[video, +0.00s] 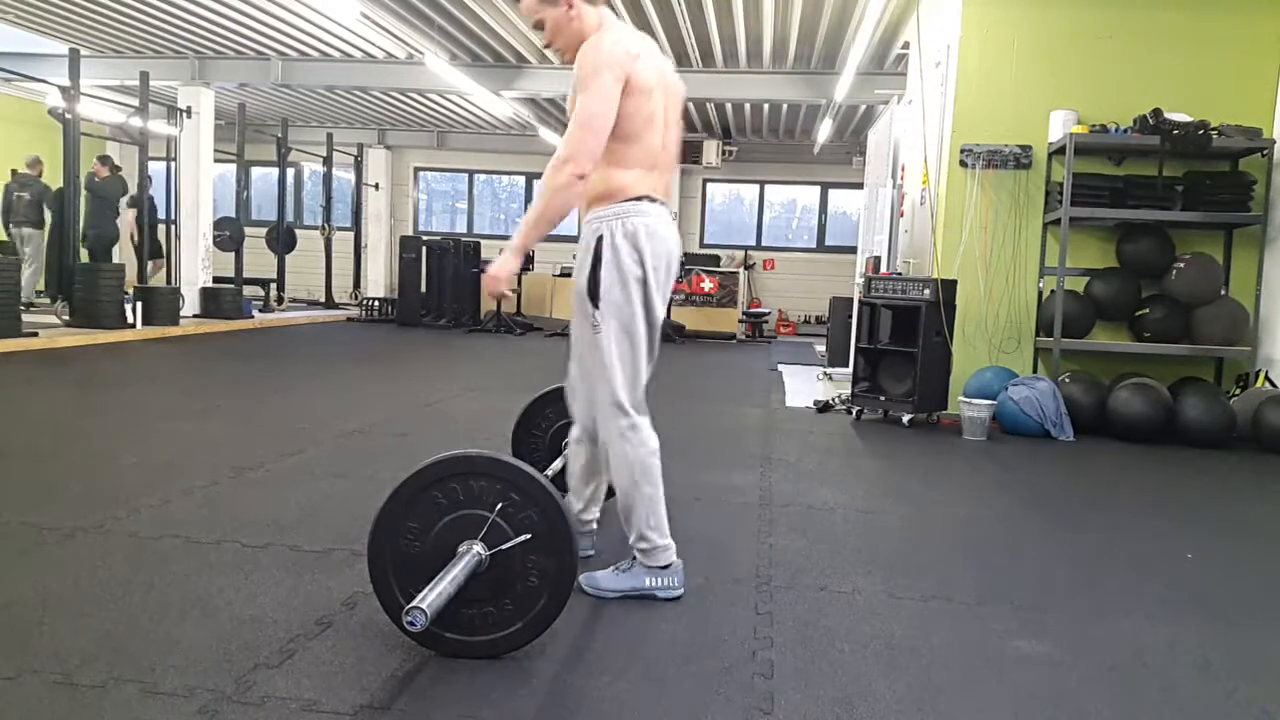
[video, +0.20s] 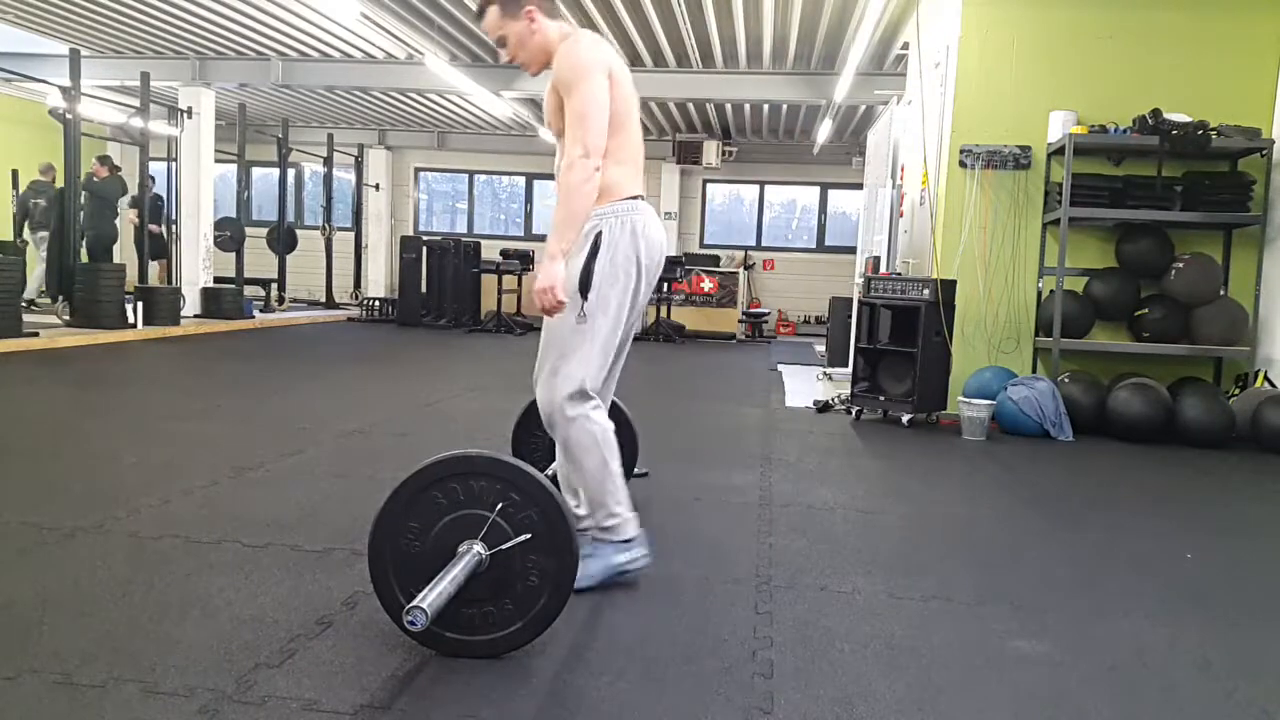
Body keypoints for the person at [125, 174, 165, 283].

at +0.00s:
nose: (145, 187)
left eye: (147, 185)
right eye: (143, 185)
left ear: (150, 185)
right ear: (139, 185)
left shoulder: (150, 199)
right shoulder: (135, 199)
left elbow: (153, 218)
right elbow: (131, 218)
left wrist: (154, 235)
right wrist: (134, 237)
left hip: (152, 234)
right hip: (140, 235)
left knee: (159, 263)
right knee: (142, 264)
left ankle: (145, 281)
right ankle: (140, 287)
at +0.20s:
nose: (147, 188)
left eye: (149, 186)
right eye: (144, 186)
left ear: (153, 185)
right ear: (141, 185)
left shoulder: (159, 199)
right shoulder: (136, 199)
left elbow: (162, 216)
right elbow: (132, 217)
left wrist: (162, 228)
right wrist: (148, 226)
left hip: (156, 232)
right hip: (141, 233)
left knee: (163, 261)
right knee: (143, 262)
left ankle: (162, 288)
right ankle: (143, 288)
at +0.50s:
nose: (149, 185)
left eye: (152, 183)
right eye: (148, 182)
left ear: (158, 186)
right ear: (146, 184)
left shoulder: (165, 200)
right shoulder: (140, 199)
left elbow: (180, 210)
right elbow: (127, 211)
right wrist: (117, 217)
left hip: (161, 237)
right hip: (144, 236)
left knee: (164, 266)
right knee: (142, 265)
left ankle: (165, 291)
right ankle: (142, 291)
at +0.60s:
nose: (148, 184)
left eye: (151, 182)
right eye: (147, 181)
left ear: (157, 185)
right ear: (144, 183)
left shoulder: (164, 199)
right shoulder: (140, 198)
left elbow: (179, 209)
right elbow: (127, 209)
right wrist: (117, 214)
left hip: (161, 236)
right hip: (145, 235)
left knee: (164, 265)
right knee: (141, 262)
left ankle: (165, 290)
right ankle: (140, 288)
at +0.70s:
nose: (147, 188)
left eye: (149, 185)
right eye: (144, 185)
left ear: (154, 185)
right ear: (141, 185)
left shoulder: (163, 198)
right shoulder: (137, 199)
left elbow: (177, 211)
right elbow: (123, 211)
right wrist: (115, 211)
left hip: (161, 236)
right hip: (144, 236)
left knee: (163, 267)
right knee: (141, 265)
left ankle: (165, 292)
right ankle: (140, 292)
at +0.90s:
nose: (136, 185)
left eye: (138, 182)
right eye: (135, 182)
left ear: (145, 183)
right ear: (135, 183)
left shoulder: (157, 198)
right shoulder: (133, 199)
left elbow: (168, 212)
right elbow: (136, 215)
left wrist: (167, 223)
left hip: (156, 234)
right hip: (139, 234)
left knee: (161, 263)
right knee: (137, 264)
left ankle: (164, 291)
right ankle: (137, 291)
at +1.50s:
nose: (134, 189)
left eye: (136, 186)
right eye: (131, 187)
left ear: (140, 186)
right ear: (129, 188)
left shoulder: (151, 198)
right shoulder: (128, 200)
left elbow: (162, 215)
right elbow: (124, 218)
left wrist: (167, 230)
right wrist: (126, 234)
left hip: (151, 232)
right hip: (135, 233)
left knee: (161, 261)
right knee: (134, 263)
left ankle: (165, 288)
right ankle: (131, 291)